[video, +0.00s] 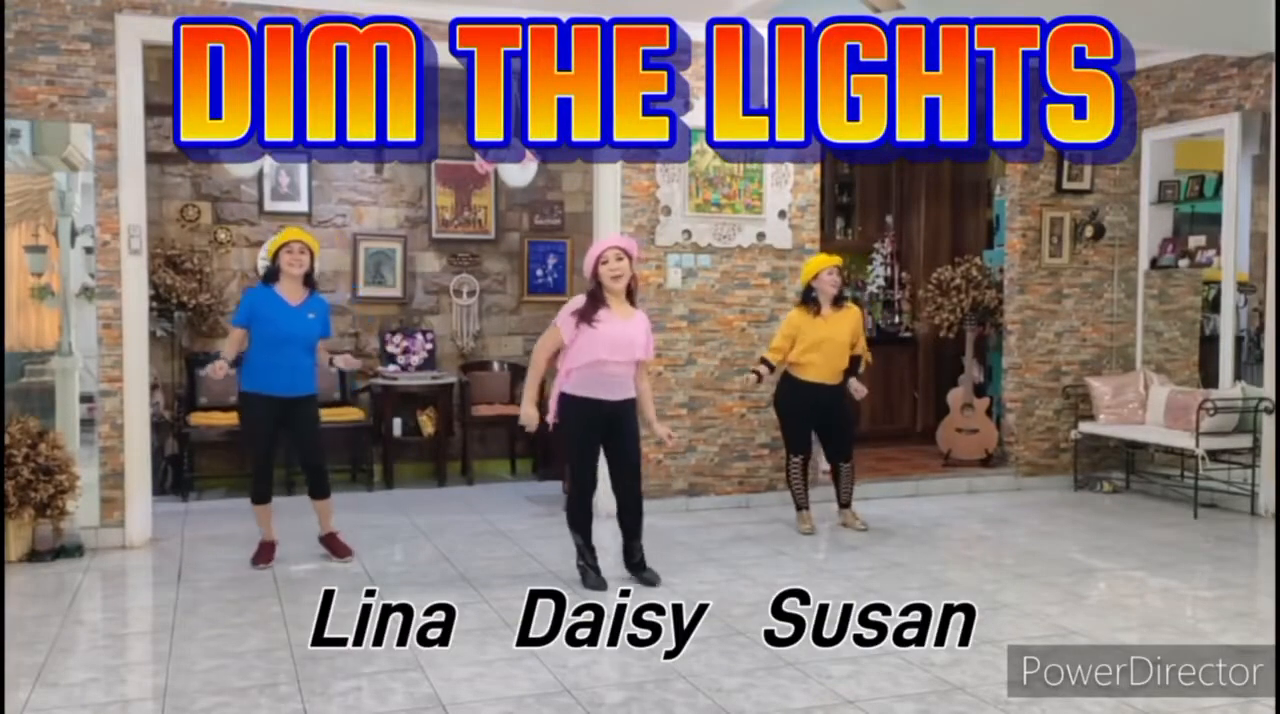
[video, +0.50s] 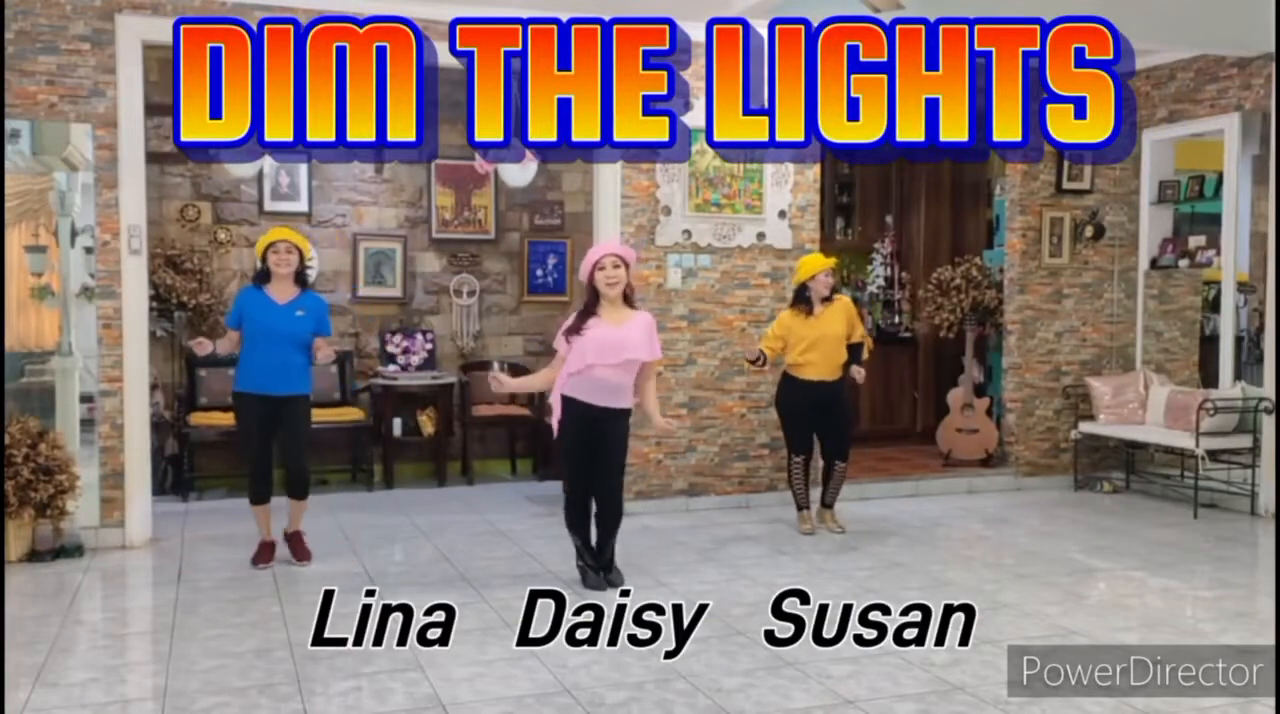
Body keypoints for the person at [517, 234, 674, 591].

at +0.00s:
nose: (614, 267)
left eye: (620, 260)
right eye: (606, 262)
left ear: (631, 269)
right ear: (595, 272)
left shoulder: (639, 319)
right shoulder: (579, 309)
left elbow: (642, 375)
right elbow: (542, 350)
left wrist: (654, 422)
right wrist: (529, 403)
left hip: (622, 410)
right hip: (579, 408)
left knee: (630, 486)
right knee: (582, 486)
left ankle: (635, 559)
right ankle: (586, 561)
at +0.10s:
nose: (613, 266)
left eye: (619, 260)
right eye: (605, 261)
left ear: (630, 268)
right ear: (594, 271)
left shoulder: (638, 318)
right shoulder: (576, 307)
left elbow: (640, 374)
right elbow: (535, 343)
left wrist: (647, 421)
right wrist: (519, 393)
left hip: (620, 408)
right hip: (577, 407)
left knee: (624, 489)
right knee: (580, 487)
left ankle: (623, 558)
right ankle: (586, 560)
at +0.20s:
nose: (612, 266)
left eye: (618, 259)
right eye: (604, 261)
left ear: (630, 267)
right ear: (594, 270)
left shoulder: (637, 318)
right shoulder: (575, 307)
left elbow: (639, 373)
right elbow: (530, 338)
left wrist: (644, 418)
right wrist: (513, 383)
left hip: (618, 408)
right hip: (576, 407)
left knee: (615, 488)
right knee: (579, 486)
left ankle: (612, 560)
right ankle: (585, 560)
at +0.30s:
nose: (612, 268)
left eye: (618, 260)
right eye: (604, 262)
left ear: (630, 268)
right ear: (593, 272)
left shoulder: (639, 320)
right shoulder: (576, 312)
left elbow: (640, 374)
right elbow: (531, 342)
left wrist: (644, 418)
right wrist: (510, 379)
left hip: (617, 408)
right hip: (577, 405)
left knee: (609, 485)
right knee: (579, 484)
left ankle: (604, 557)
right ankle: (584, 558)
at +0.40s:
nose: (611, 271)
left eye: (617, 264)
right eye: (603, 266)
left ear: (629, 272)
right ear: (593, 276)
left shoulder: (642, 322)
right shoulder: (580, 315)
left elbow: (643, 376)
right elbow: (549, 353)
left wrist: (647, 416)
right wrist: (515, 379)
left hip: (615, 410)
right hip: (575, 406)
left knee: (606, 486)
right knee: (577, 484)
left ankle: (605, 558)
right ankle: (584, 557)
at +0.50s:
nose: (610, 274)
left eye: (617, 267)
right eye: (602, 269)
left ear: (628, 275)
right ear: (592, 278)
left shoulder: (642, 322)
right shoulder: (579, 320)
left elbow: (647, 379)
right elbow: (553, 373)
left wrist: (656, 418)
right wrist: (512, 385)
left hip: (616, 415)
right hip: (575, 411)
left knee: (610, 492)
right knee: (577, 489)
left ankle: (605, 557)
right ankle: (585, 558)